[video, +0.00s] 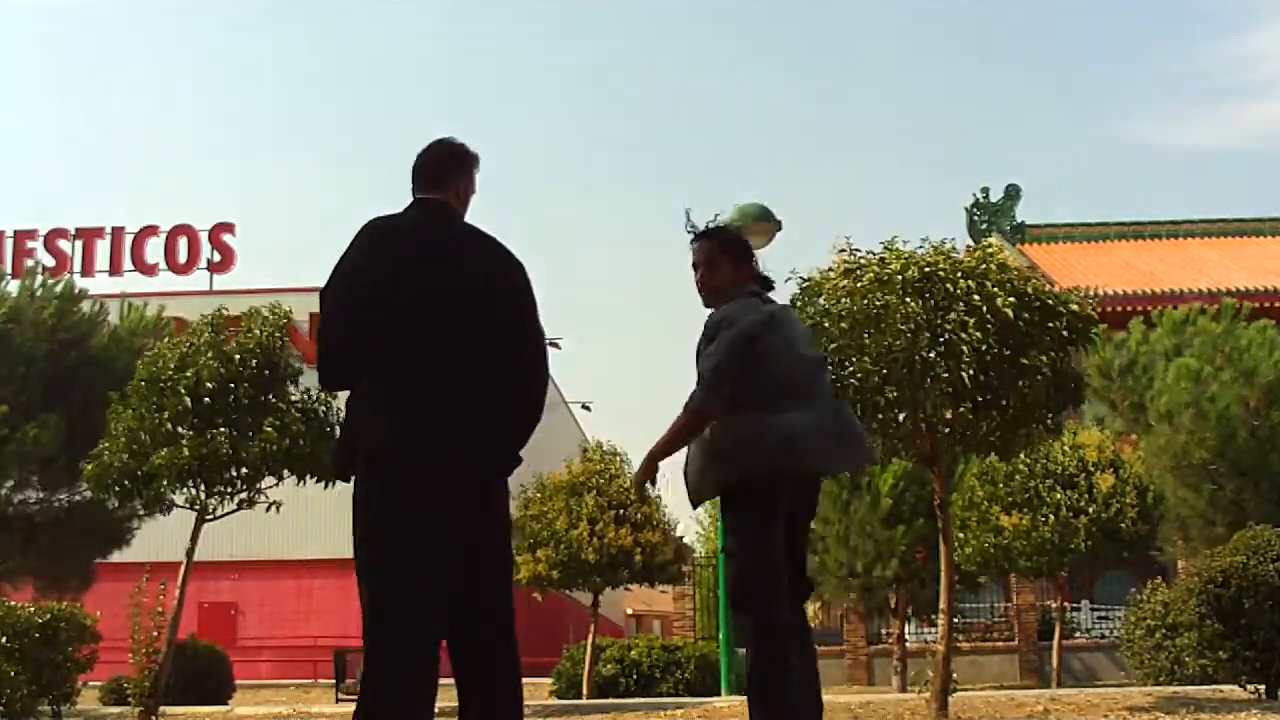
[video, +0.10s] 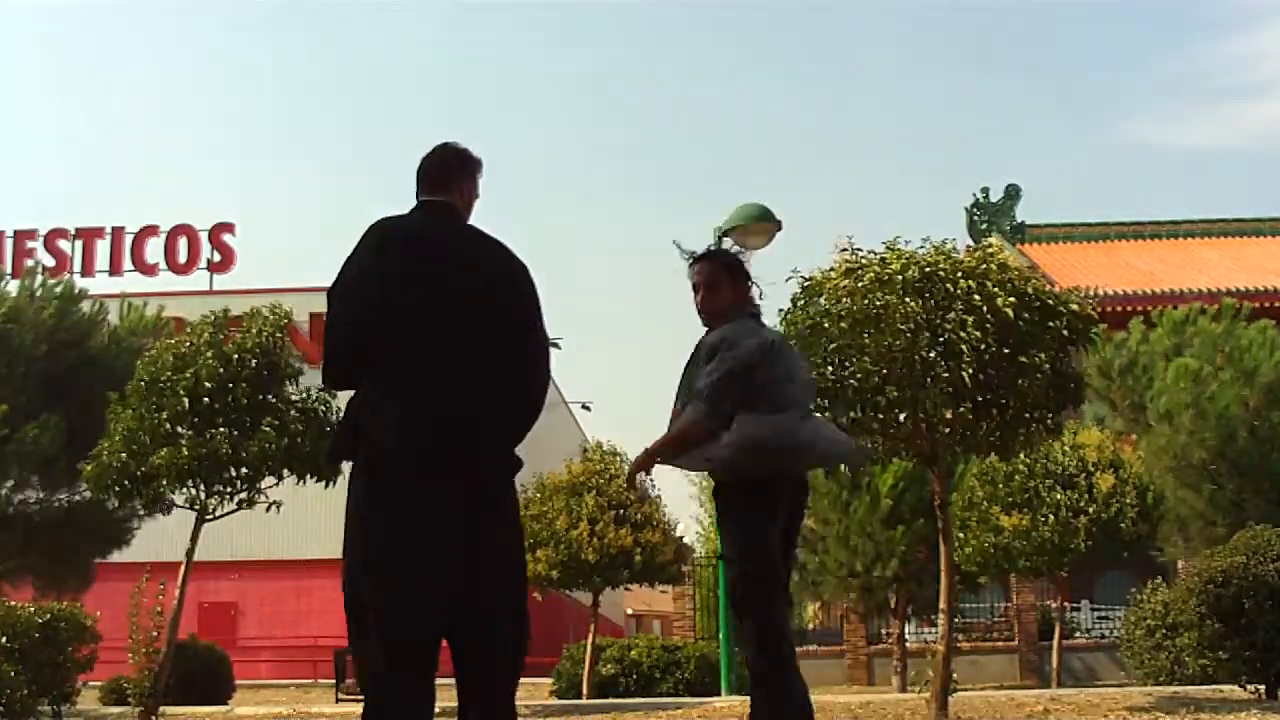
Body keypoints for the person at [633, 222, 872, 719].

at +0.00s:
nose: (697, 278)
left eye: (704, 267)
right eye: (694, 268)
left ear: (737, 267)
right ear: (742, 270)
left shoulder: (738, 322)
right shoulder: (778, 318)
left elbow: (703, 408)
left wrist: (652, 460)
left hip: (758, 479)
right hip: (792, 476)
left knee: (760, 605)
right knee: (781, 602)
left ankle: (776, 710)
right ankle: (799, 708)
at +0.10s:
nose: (699, 298)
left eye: (708, 287)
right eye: (695, 289)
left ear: (740, 287)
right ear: (695, 292)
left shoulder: (736, 341)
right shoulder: (756, 338)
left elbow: (703, 419)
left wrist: (650, 455)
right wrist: (662, 449)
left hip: (754, 486)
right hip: (773, 483)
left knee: (755, 605)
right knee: (761, 604)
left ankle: (779, 709)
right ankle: (781, 707)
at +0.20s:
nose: (699, 315)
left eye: (709, 305)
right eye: (696, 307)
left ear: (740, 308)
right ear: (695, 310)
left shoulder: (739, 357)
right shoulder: (720, 359)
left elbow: (711, 430)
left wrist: (659, 461)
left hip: (755, 494)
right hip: (737, 495)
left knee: (741, 617)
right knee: (739, 617)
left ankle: (784, 710)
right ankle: (780, 709)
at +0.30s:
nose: (696, 318)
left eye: (706, 308)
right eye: (692, 310)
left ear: (734, 312)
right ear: (689, 316)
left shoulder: (733, 359)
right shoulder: (721, 361)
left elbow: (724, 438)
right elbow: (715, 438)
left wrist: (673, 487)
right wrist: (676, 461)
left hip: (745, 498)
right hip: (740, 498)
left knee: (699, 608)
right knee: (740, 609)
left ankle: (770, 690)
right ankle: (760, 703)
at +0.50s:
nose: (677, 329)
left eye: (686, 319)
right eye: (672, 322)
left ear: (716, 324)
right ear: (670, 328)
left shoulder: (705, 368)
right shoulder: (699, 372)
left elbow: (730, 429)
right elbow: (663, 432)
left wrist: (751, 486)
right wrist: (626, 428)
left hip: (701, 512)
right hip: (737, 512)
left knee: (673, 634)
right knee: (756, 634)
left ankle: (661, 713)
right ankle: (773, 713)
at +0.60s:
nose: (659, 347)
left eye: (669, 338)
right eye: (655, 340)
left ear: (697, 340)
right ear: (654, 345)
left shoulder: (687, 385)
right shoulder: (693, 387)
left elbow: (722, 438)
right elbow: (656, 455)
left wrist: (748, 489)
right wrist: (617, 441)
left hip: (680, 526)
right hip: (724, 526)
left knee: (663, 645)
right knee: (743, 642)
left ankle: (663, 714)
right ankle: (767, 714)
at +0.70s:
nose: (635, 361)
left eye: (641, 350)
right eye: (633, 352)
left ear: (670, 350)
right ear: (672, 353)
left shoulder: (666, 394)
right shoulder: (692, 393)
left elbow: (691, 456)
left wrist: (712, 513)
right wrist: (632, 471)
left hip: (659, 528)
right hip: (691, 526)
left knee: (648, 628)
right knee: (702, 619)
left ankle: (661, 712)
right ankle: (744, 691)